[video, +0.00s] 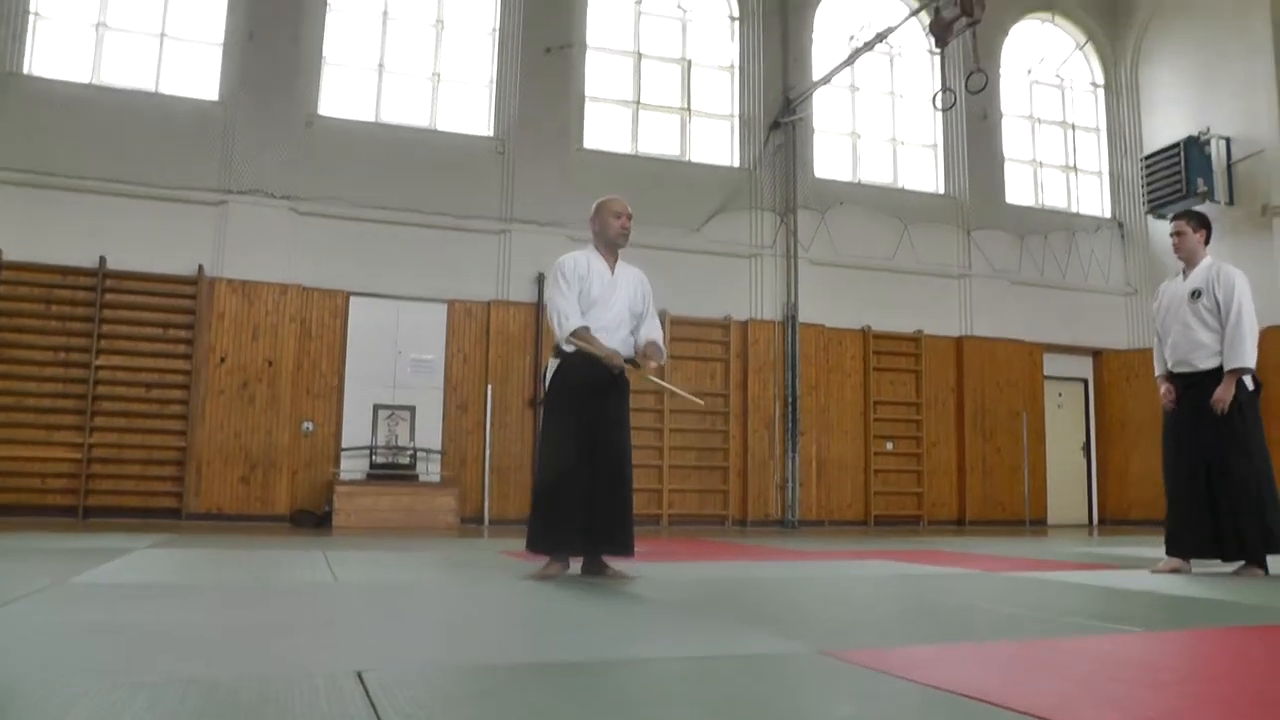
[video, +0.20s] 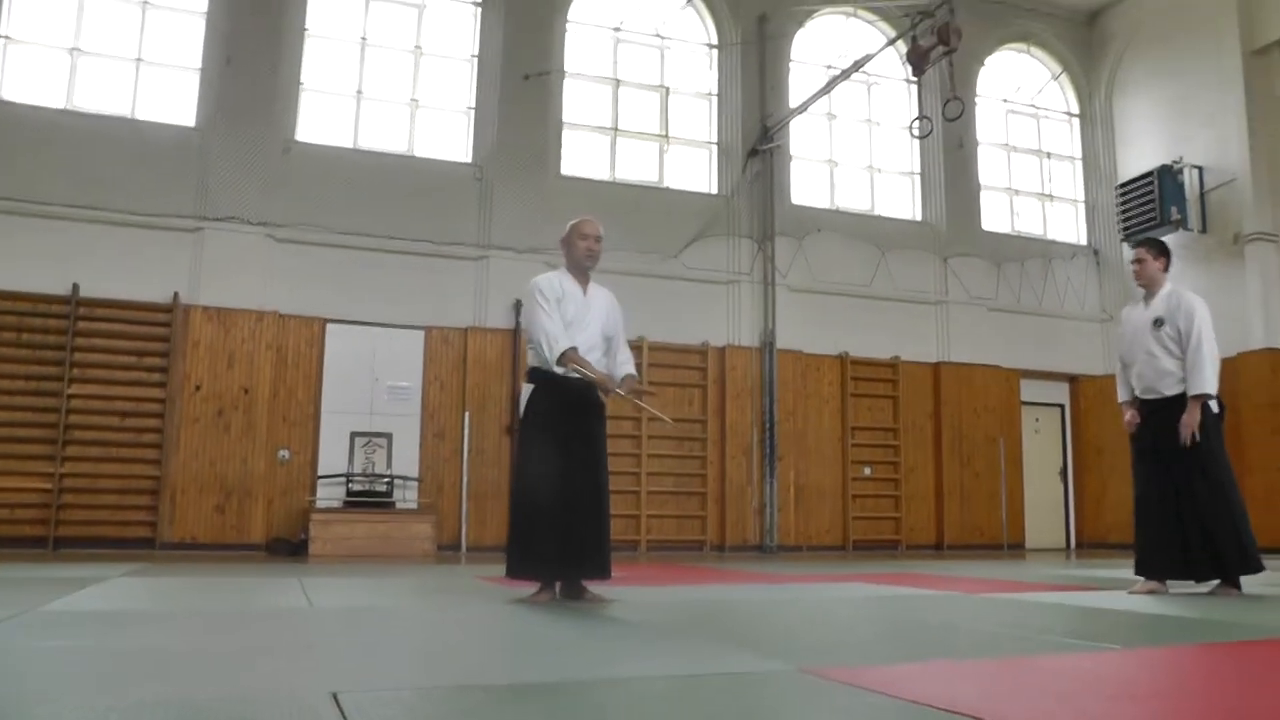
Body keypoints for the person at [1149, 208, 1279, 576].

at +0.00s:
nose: (1173, 241)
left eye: (1179, 234)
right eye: (1171, 236)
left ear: (1201, 235)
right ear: (1174, 241)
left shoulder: (1226, 276)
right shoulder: (1166, 290)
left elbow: (1242, 329)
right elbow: (1159, 339)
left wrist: (1229, 380)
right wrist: (1162, 378)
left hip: (1225, 384)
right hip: (1181, 387)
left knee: (1240, 470)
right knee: (1180, 469)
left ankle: (1254, 560)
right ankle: (1178, 554)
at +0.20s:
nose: (1133, 268)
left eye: (1140, 261)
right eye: (1132, 262)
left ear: (1162, 263)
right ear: (1134, 269)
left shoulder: (1187, 304)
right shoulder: (1128, 314)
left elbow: (1203, 356)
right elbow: (1123, 364)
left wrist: (1194, 407)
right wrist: (1127, 403)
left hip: (1189, 408)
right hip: (1148, 412)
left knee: (1209, 491)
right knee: (1150, 494)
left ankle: (1230, 579)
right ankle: (1154, 577)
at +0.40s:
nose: (1083, 261)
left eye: (1089, 254)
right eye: (1082, 256)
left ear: (1110, 255)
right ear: (1087, 261)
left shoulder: (1138, 290)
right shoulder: (1083, 306)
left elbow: (1173, 337)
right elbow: (1080, 350)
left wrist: (1144, 366)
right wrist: (1088, 370)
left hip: (1153, 389)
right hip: (1114, 393)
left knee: (1172, 463)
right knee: (1113, 469)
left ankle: (1200, 539)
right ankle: (1126, 554)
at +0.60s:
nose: (1066, 289)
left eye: (1071, 283)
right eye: (1064, 285)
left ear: (1093, 284)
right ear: (1067, 291)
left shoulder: (1118, 317)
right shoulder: (1070, 335)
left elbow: (1137, 365)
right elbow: (1070, 383)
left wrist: (1117, 412)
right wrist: (1082, 411)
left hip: (1141, 412)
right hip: (1103, 420)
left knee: (1175, 481)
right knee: (1101, 488)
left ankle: (1225, 539)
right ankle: (1111, 564)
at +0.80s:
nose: (1095, 323)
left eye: (1100, 316)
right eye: (1093, 317)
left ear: (1122, 315)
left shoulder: (1150, 349)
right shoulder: (1099, 365)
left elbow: (1171, 399)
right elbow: (1098, 411)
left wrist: (1153, 447)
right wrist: (1111, 437)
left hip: (1171, 444)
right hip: (1127, 449)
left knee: (1202, 510)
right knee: (1109, 504)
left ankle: (1261, 548)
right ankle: (1126, 569)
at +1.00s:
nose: (1123, 340)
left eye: (1129, 333)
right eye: (1121, 335)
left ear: (1149, 332)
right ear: (1120, 339)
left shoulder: (1180, 370)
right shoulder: (1121, 380)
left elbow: (1195, 422)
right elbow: (1117, 423)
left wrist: (1176, 467)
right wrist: (1133, 446)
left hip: (1191, 465)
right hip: (1147, 465)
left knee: (1213, 550)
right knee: (1113, 476)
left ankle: (1259, 546)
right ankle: (1122, 560)